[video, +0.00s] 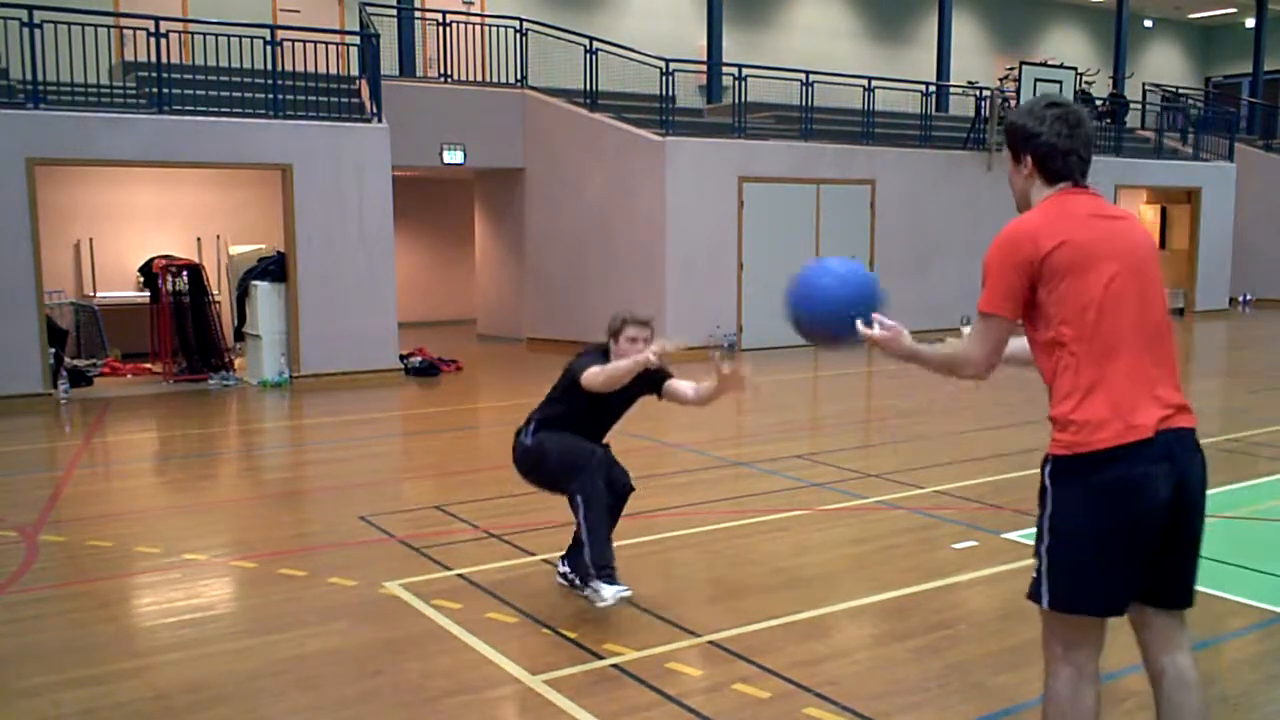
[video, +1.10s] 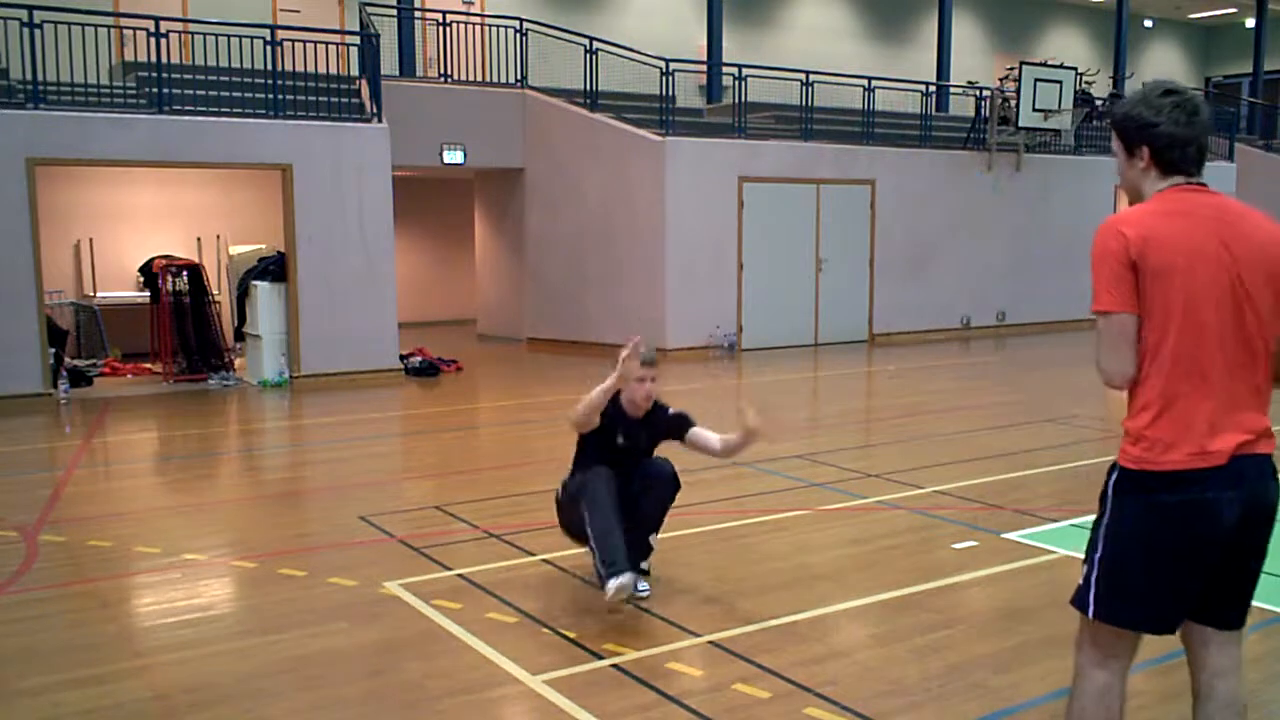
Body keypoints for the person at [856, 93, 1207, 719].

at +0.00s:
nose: (1008, 175)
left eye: (1008, 161)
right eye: (1009, 162)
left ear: (1025, 163)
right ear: (1081, 160)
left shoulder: (1025, 236)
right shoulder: (1133, 226)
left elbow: (974, 361)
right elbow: (1083, 349)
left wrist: (906, 349)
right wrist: (989, 344)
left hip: (1093, 468)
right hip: (1176, 459)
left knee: (1072, 658)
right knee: (1167, 638)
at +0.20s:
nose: (1008, 164)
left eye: (1010, 151)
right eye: (1009, 151)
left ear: (1026, 155)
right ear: (1081, 152)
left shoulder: (1025, 231)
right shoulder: (1131, 223)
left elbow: (989, 367)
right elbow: (1094, 354)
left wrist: (930, 401)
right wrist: (998, 378)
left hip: (1081, 469)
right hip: (1163, 461)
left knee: (1059, 653)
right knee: (1151, 632)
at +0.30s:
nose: (1010, 165)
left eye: (1010, 152)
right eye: (1010, 153)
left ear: (1027, 155)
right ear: (1085, 154)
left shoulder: (1028, 233)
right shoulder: (1136, 225)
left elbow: (1015, 368)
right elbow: (1135, 367)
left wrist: (949, 435)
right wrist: (1045, 421)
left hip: (1080, 469)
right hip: (1163, 462)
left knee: (1057, 648)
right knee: (1151, 627)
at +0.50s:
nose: (1027, 164)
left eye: (1027, 149)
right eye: (1028, 150)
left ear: (1046, 150)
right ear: (1106, 150)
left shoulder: (1050, 229)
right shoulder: (1154, 222)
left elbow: (1055, 362)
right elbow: (1168, 338)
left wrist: (1014, 471)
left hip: (1094, 476)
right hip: (1174, 466)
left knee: (1065, 647)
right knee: (1161, 635)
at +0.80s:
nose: (1082, 164)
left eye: (1082, 150)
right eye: (1081, 151)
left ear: (1102, 152)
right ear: (1159, 151)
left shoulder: (1101, 229)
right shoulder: (1216, 235)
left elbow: (1089, 367)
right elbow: (1230, 370)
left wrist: (1027, 422)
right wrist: (1150, 394)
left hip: (1133, 482)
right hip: (1218, 476)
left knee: (1088, 653)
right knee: (1198, 644)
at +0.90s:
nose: (1100, 161)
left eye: (1100, 146)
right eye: (1100, 146)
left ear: (1119, 148)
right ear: (1178, 148)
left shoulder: (1114, 230)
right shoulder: (1234, 233)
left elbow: (1085, 365)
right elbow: (1231, 347)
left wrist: (1030, 357)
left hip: (1146, 480)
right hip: (1235, 475)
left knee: (1098, 653)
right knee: (1208, 640)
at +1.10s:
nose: (1116, 165)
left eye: (1118, 150)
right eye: (1116, 149)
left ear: (1142, 154)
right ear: (1199, 152)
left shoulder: (1127, 231)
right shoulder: (1265, 230)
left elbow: (1118, 370)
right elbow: (1274, 365)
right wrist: (1219, 351)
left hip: (1156, 484)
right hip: (1249, 481)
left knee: (1103, 656)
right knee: (1216, 646)